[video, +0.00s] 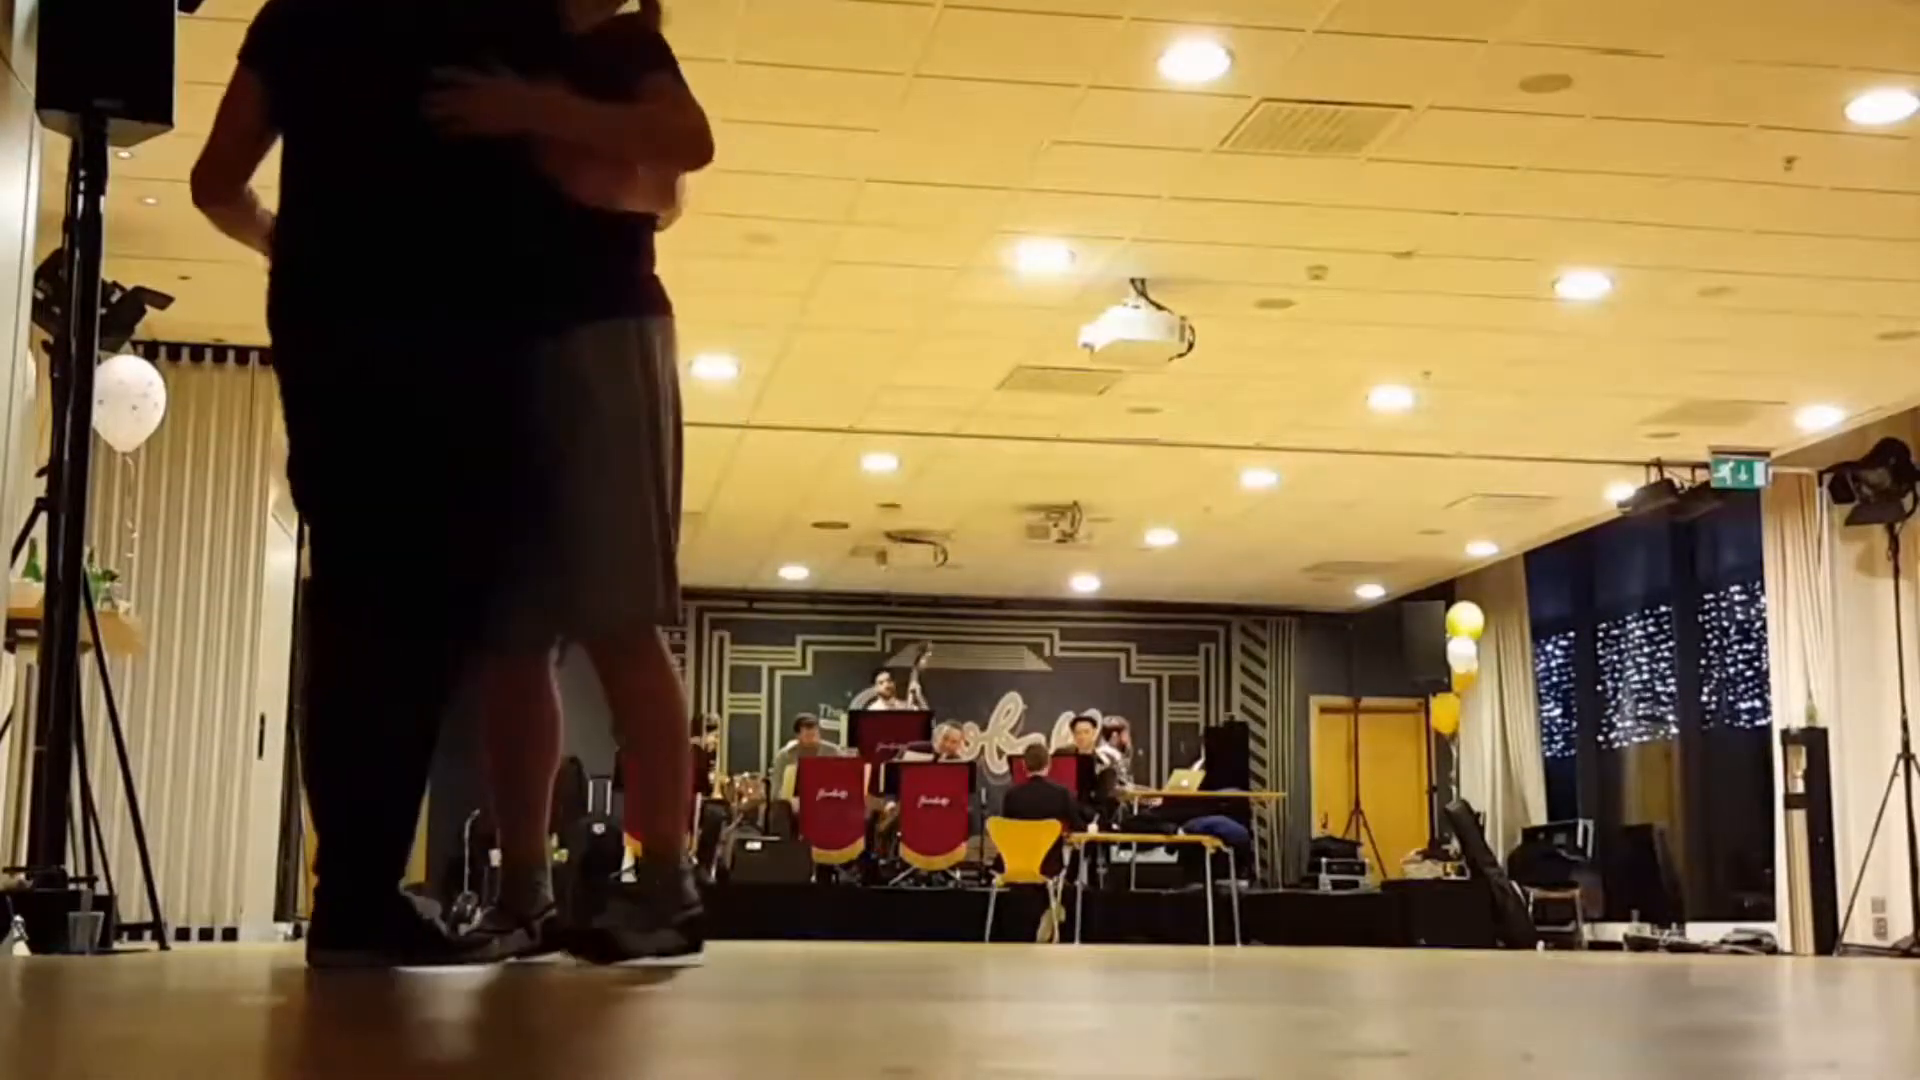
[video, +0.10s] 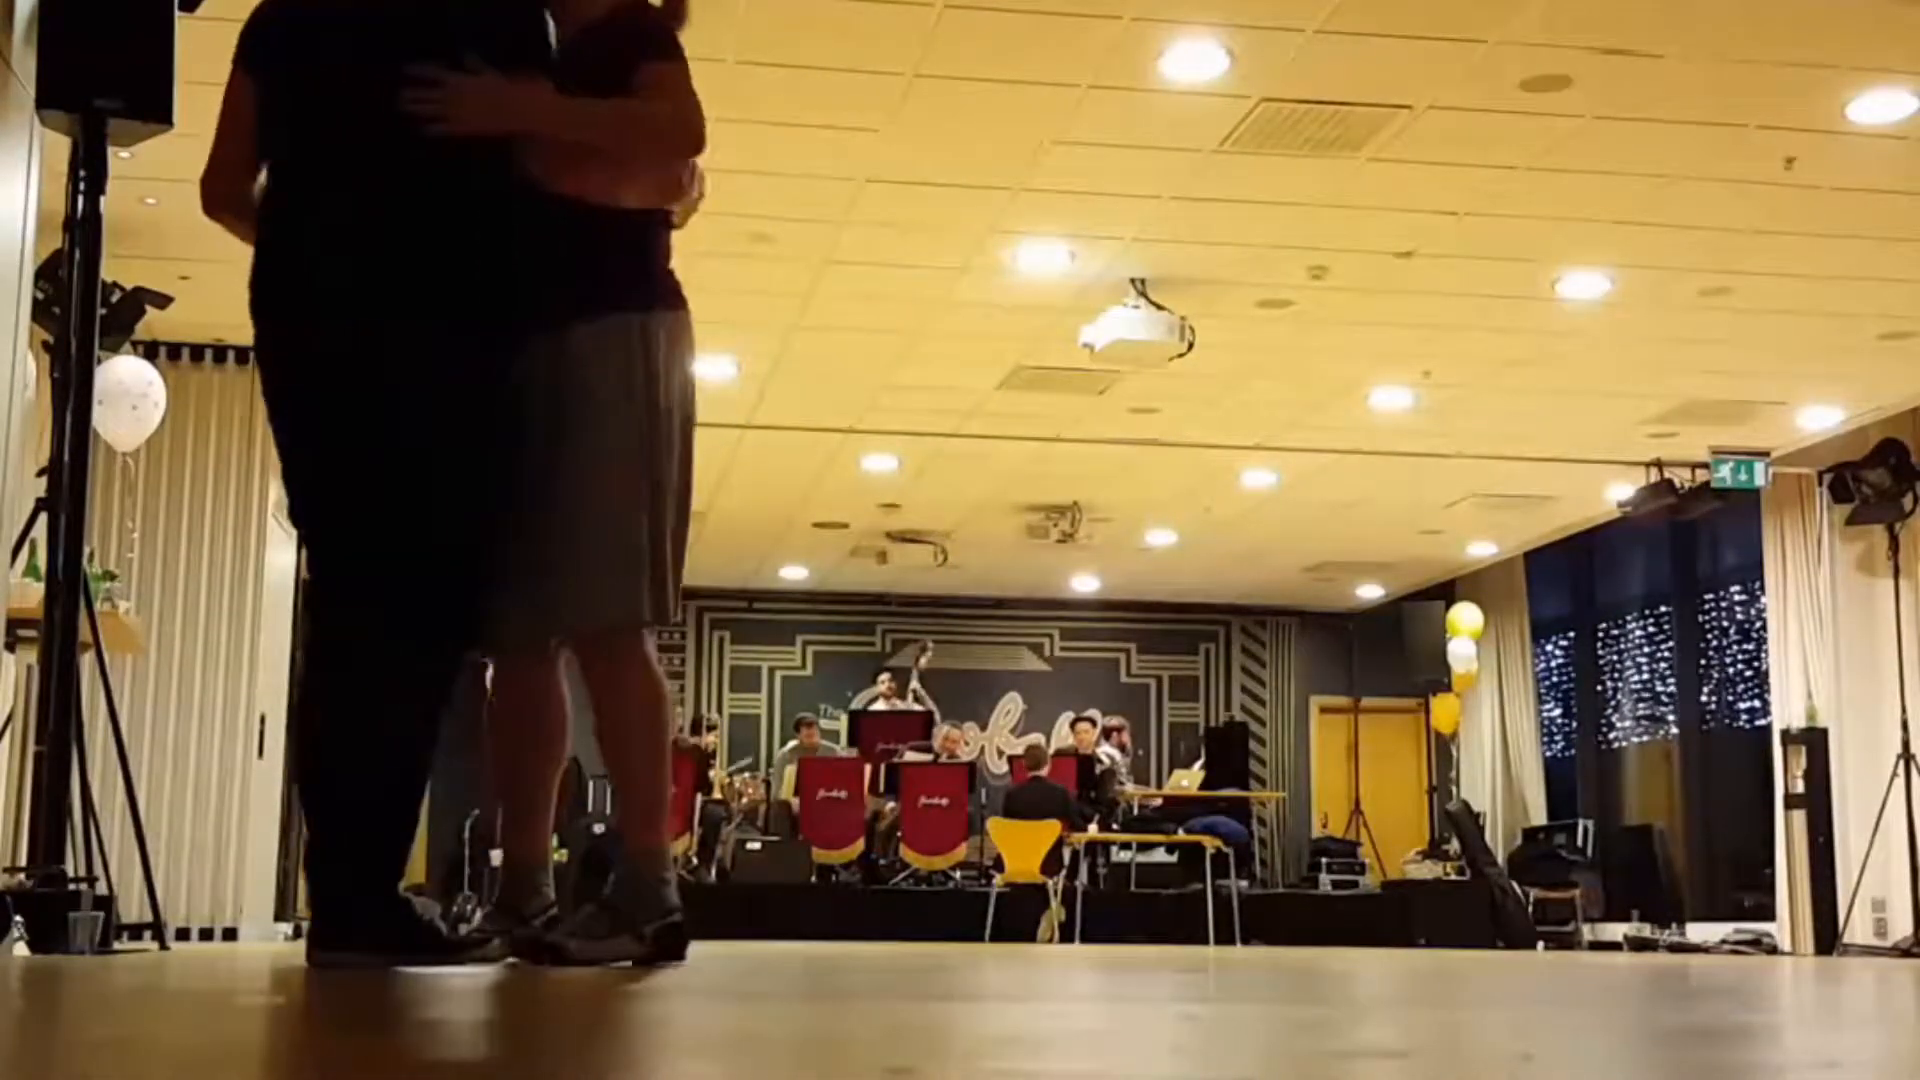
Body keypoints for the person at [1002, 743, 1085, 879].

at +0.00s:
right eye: (1049, 763)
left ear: (1024, 766)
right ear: (1048, 765)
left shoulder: (1012, 794)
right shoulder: (1061, 794)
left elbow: (1007, 826)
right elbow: (1077, 826)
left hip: (1016, 862)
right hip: (1049, 865)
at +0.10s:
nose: (1049, 767)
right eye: (1049, 764)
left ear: (1024, 766)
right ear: (1047, 766)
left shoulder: (1012, 794)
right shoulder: (1060, 793)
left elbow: (1007, 825)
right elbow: (1075, 825)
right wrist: (1087, 829)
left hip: (1016, 862)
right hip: (1049, 865)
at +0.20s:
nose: (1049, 767)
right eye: (1049, 763)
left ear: (1024, 766)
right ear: (1047, 766)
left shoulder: (1012, 794)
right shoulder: (1060, 793)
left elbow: (1007, 825)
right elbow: (1075, 825)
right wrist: (1087, 829)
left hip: (1016, 862)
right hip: (1049, 864)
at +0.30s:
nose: (1049, 767)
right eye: (1049, 763)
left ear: (1024, 766)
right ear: (1047, 765)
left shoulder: (1012, 794)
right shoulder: (1060, 793)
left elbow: (1007, 825)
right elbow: (1075, 824)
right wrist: (1087, 829)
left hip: (1016, 862)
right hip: (1049, 864)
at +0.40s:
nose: (1049, 767)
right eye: (1049, 763)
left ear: (1024, 766)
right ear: (1047, 765)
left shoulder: (1012, 794)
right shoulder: (1060, 793)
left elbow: (1007, 825)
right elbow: (1075, 824)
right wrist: (1087, 829)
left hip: (1016, 862)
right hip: (1049, 865)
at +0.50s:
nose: (1049, 767)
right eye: (1049, 763)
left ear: (1024, 766)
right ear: (1047, 765)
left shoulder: (1012, 794)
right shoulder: (1060, 793)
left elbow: (1007, 825)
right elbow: (1075, 824)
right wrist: (1087, 829)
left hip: (1016, 862)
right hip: (1049, 864)